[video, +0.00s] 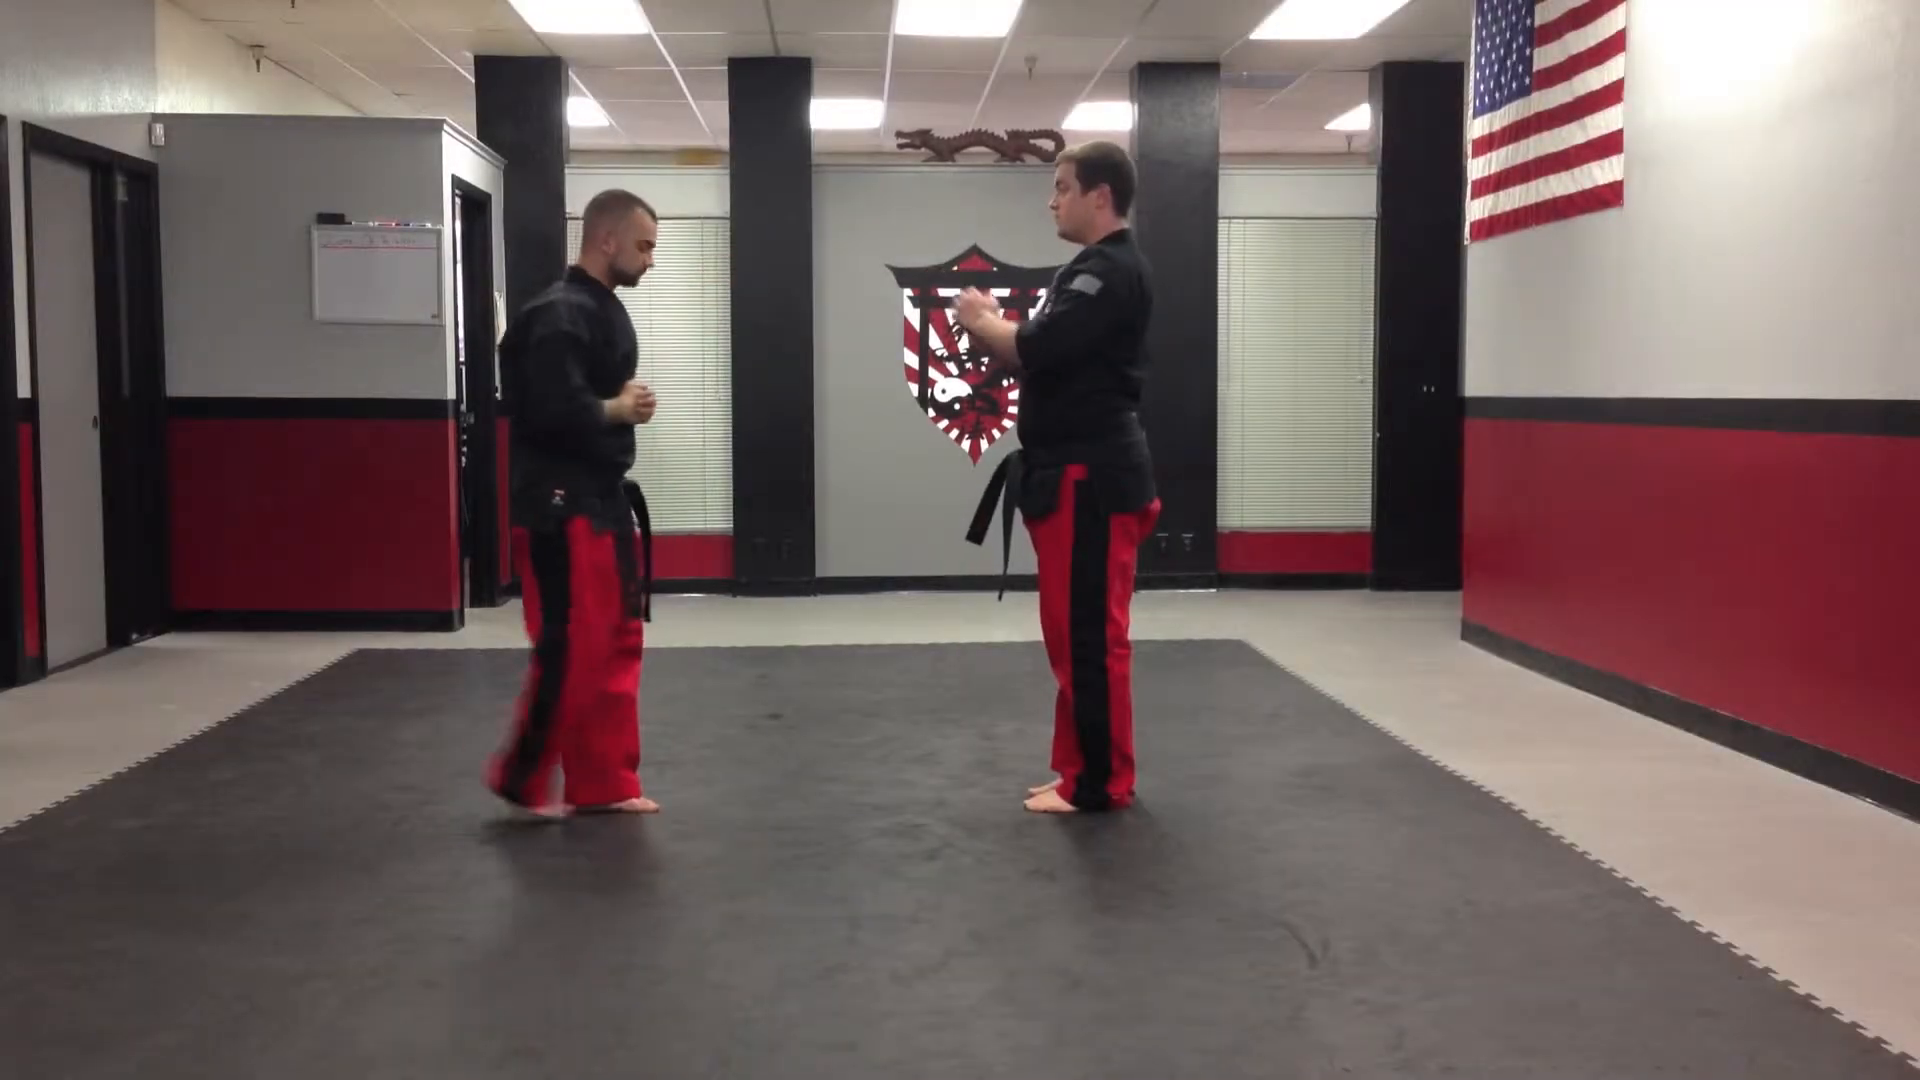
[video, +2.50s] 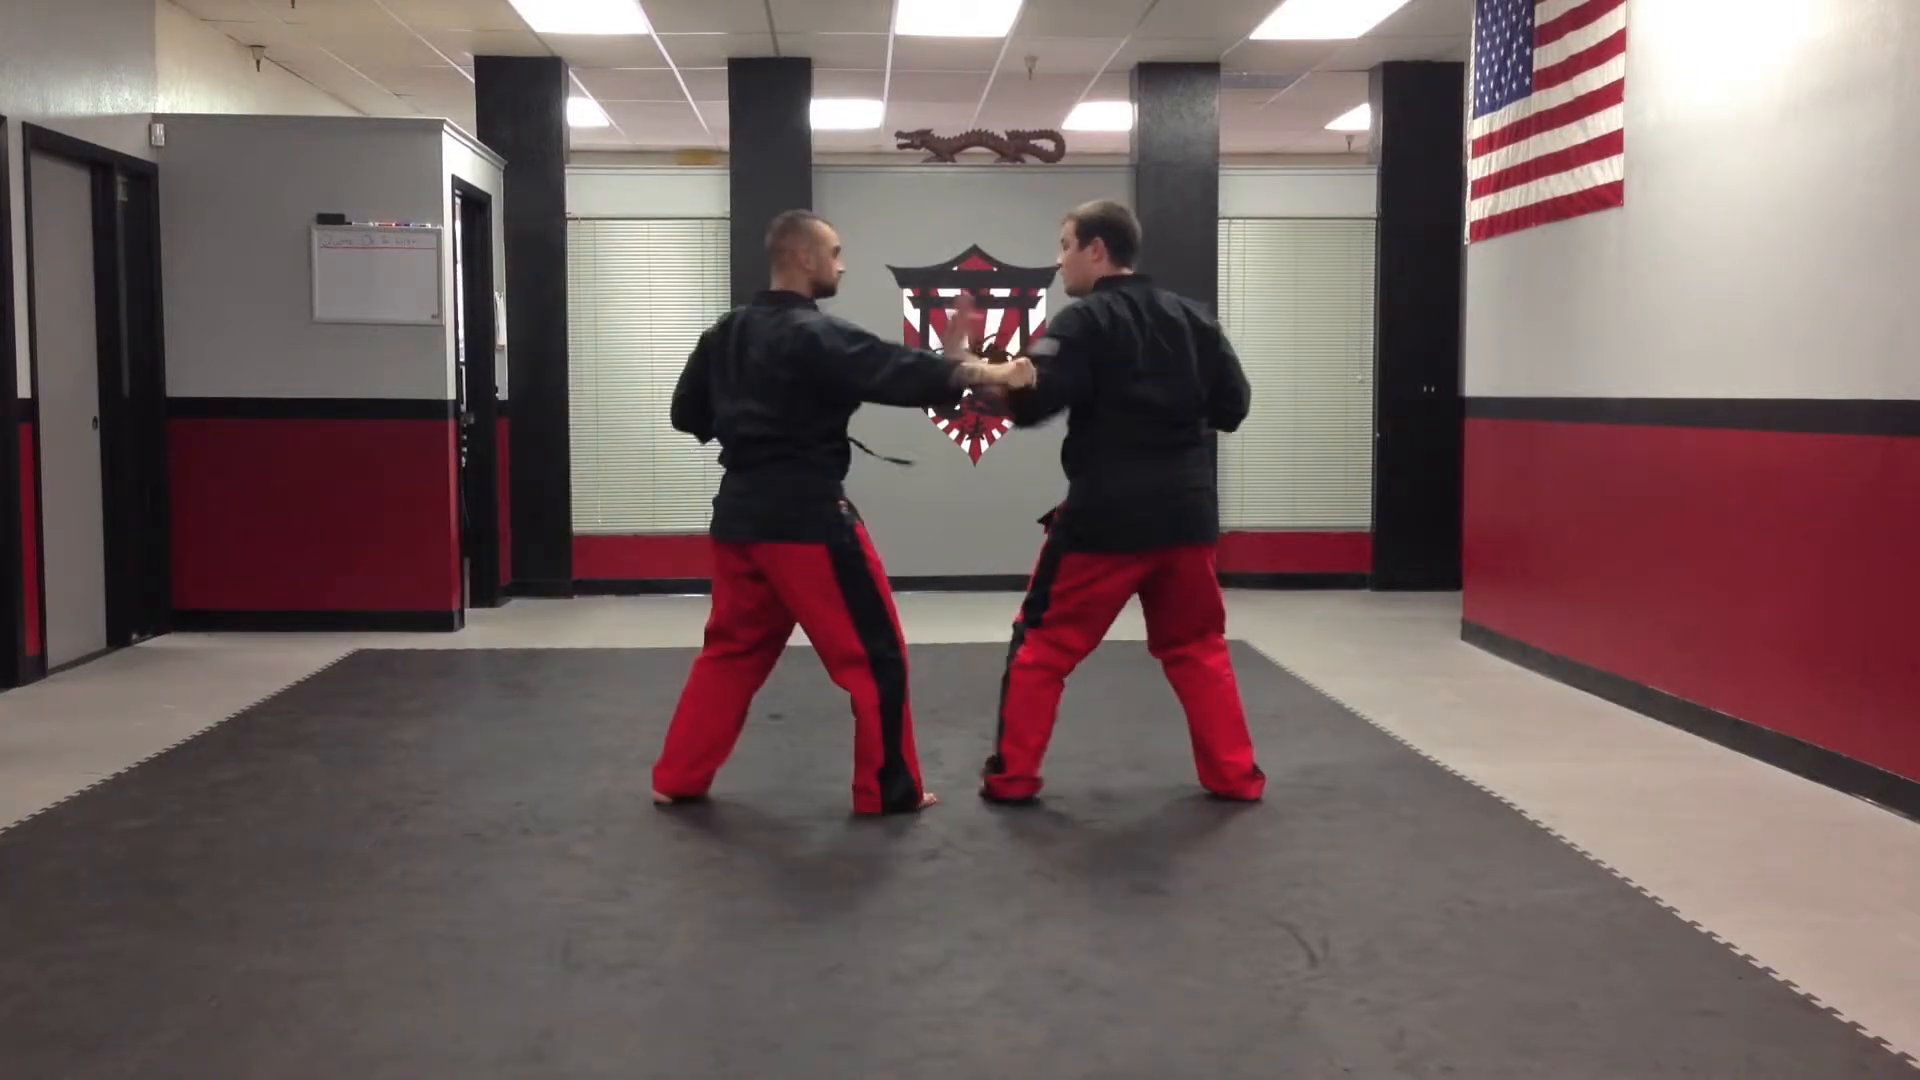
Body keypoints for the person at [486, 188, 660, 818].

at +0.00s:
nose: (652, 258)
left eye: (653, 247)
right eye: (644, 245)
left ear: (611, 243)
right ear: (606, 240)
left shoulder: (604, 311)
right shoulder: (558, 312)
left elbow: (579, 403)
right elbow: (550, 409)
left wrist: (624, 405)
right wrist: (615, 406)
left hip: (604, 496)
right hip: (561, 500)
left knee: (619, 639)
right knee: (573, 642)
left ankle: (603, 783)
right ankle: (520, 778)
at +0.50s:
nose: (587, 275)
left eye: (590, 263)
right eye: (582, 262)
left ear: (546, 258)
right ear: (542, 255)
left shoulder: (545, 326)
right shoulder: (485, 329)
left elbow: (529, 411)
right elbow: (475, 428)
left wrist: (557, 414)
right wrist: (551, 421)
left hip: (552, 511)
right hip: (493, 517)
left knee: (607, 635)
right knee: (468, 658)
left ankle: (614, 772)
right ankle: (415, 794)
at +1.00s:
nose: (579, 262)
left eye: (578, 251)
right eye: (568, 251)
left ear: (540, 257)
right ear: (529, 255)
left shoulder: (558, 330)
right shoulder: (493, 335)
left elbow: (630, 381)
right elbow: (547, 397)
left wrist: (649, 332)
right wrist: (586, 343)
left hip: (567, 518)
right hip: (504, 523)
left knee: (610, 647)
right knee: (472, 663)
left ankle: (637, 768)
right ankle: (411, 792)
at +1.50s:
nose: (604, 264)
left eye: (602, 252)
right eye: (593, 252)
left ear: (560, 261)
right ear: (553, 258)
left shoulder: (580, 333)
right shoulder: (512, 335)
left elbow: (664, 379)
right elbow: (570, 401)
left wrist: (704, 339)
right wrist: (602, 340)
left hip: (578, 518)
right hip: (510, 523)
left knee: (636, 641)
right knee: (473, 660)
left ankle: (645, 771)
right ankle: (412, 791)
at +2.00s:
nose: (715, 261)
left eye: (713, 249)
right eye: (704, 250)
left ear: (665, 260)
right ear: (667, 257)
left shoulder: (633, 330)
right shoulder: (675, 331)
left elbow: (611, 430)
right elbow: (751, 362)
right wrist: (798, 315)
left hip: (636, 511)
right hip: (672, 510)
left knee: (679, 636)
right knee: (743, 619)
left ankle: (649, 765)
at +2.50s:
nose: (842, 264)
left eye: (839, 253)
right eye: (833, 253)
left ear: (780, 261)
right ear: (801, 260)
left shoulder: (726, 334)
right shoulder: (820, 335)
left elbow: (688, 412)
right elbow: (897, 369)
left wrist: (750, 419)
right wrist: (983, 371)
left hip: (738, 520)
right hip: (810, 522)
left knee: (732, 648)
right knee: (875, 656)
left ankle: (678, 778)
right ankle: (889, 792)